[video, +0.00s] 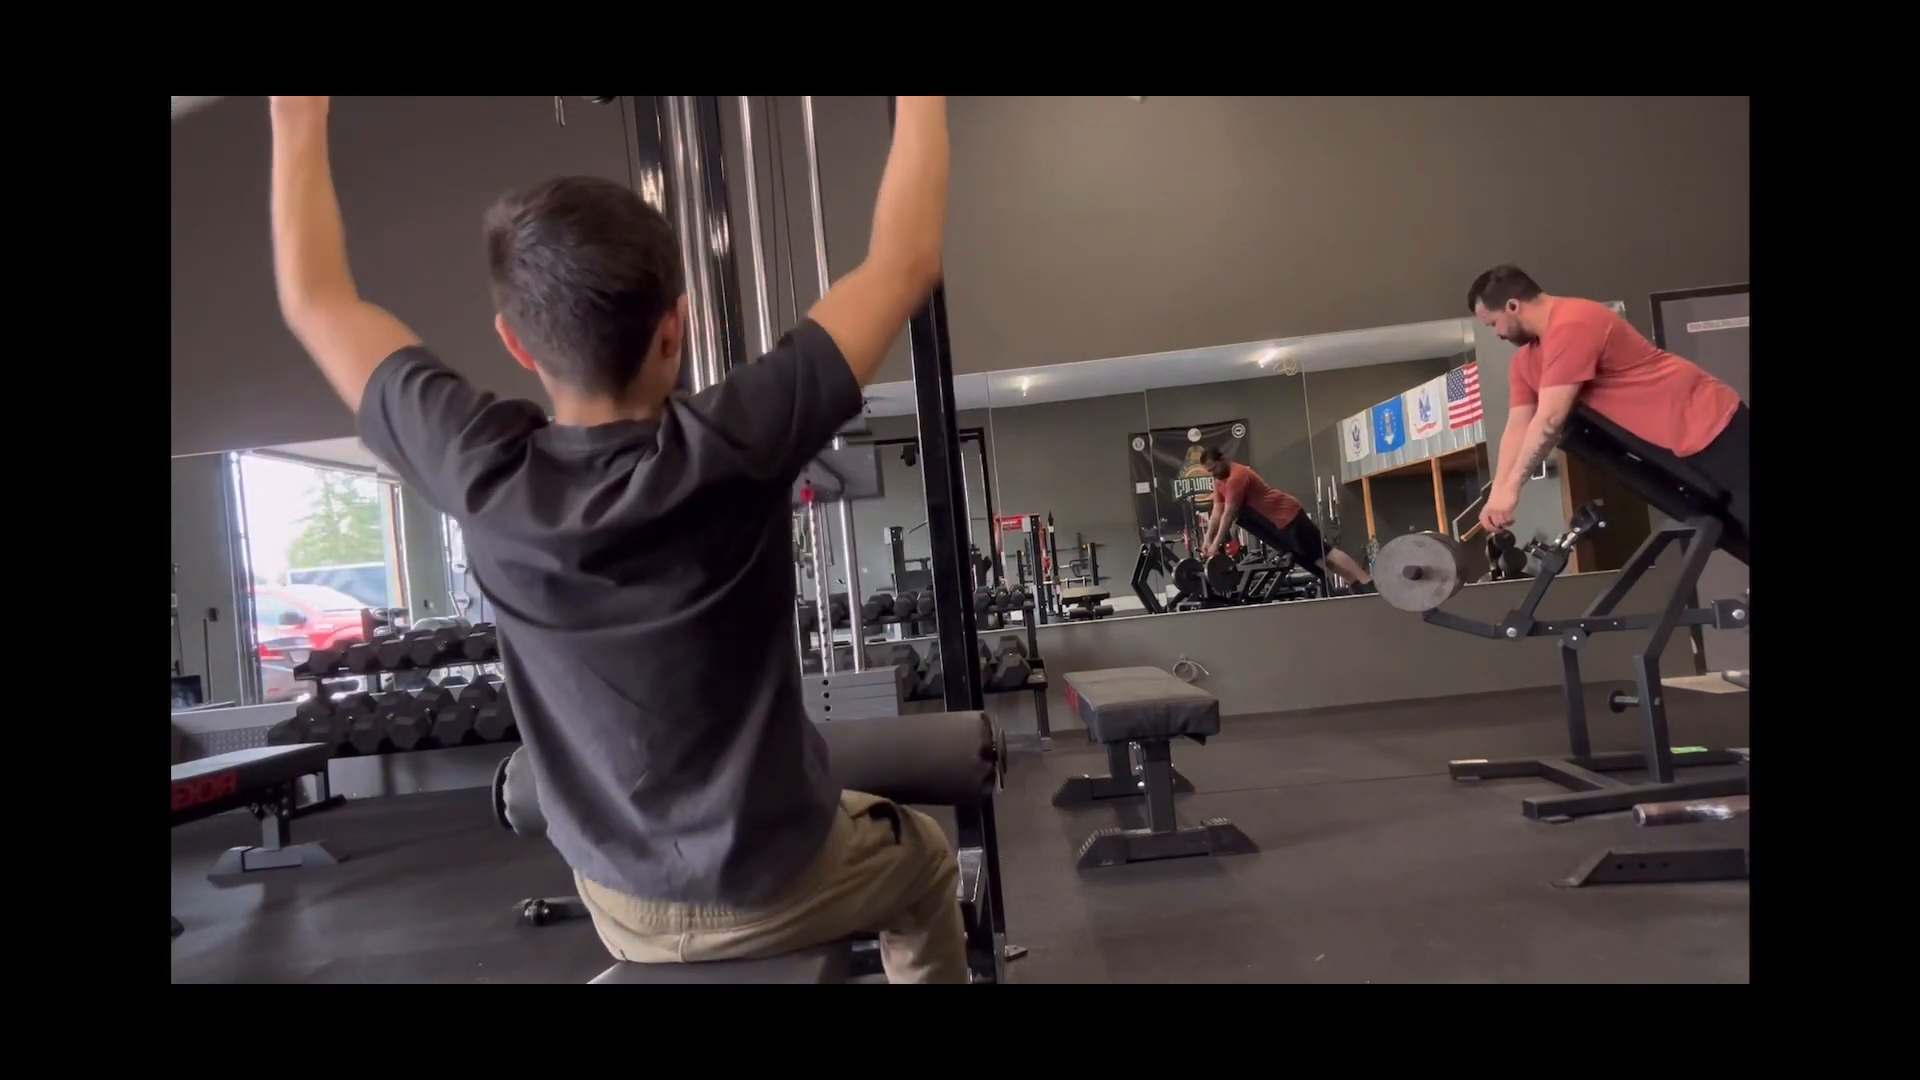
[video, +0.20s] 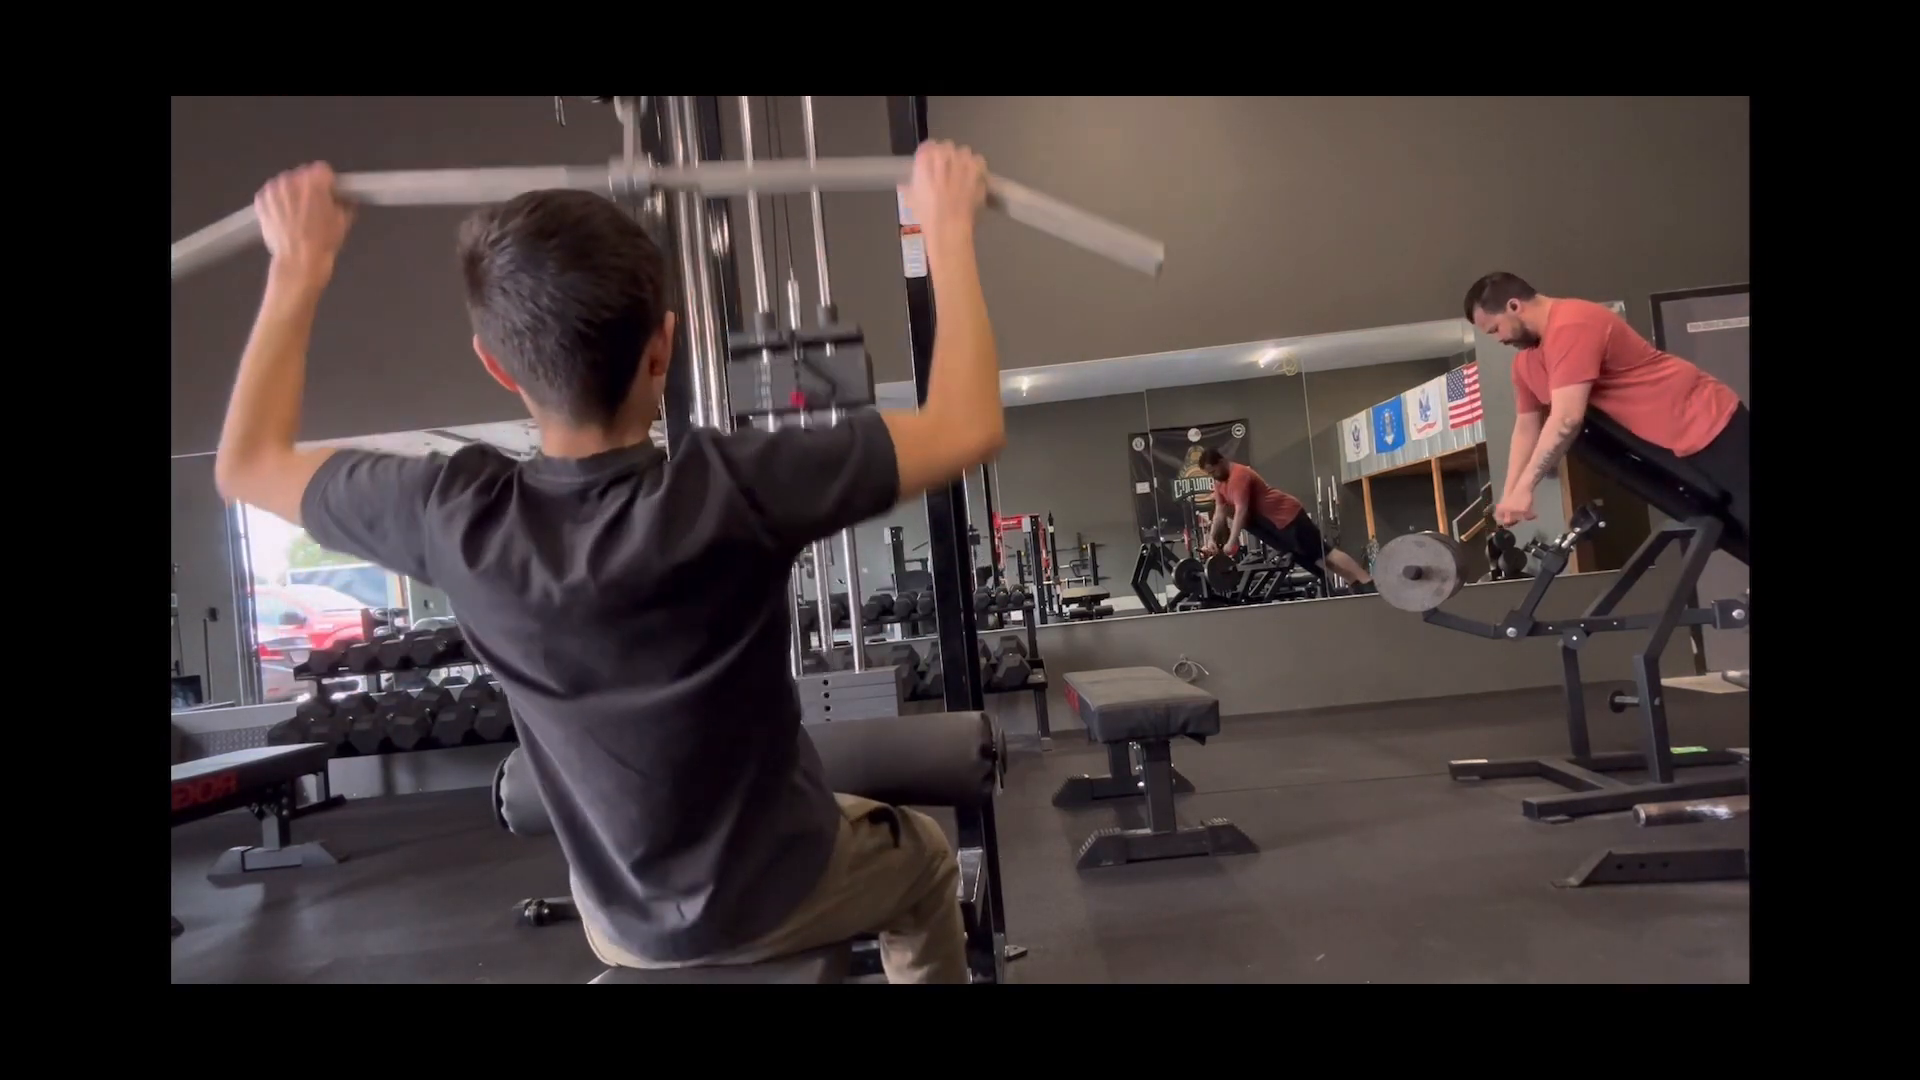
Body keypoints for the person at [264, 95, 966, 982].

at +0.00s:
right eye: (681, 302)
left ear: (513, 342)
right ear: (676, 326)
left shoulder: (485, 464)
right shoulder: (737, 442)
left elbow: (314, 298)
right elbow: (903, 267)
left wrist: (296, 116)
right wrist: (921, 91)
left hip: (617, 909)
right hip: (773, 898)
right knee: (922, 859)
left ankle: (634, 975)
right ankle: (926, 976)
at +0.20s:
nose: (670, 331)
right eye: (671, 316)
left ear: (493, 366)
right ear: (661, 344)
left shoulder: (459, 516)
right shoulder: (738, 482)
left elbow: (245, 463)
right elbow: (968, 426)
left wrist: (295, 269)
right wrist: (950, 234)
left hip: (615, 915)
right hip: (774, 889)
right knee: (921, 865)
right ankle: (930, 976)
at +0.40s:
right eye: (678, 315)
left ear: (504, 365)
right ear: (673, 342)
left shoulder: (465, 543)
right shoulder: (751, 502)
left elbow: (241, 652)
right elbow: (971, 604)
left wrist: (304, 445)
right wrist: (968, 412)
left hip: (618, 914)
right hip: (784, 898)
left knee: (602, 883)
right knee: (922, 860)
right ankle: (925, 981)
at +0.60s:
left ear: (516, 361)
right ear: (684, 338)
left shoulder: (486, 538)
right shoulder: (757, 506)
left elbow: (295, 732)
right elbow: (936, 682)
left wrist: (316, 519)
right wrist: (969, 486)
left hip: (613, 906)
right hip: (783, 893)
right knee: (923, 863)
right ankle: (926, 980)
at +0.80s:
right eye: (686, 315)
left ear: (514, 365)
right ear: (682, 340)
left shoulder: (475, 539)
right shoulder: (756, 503)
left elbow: (274, 680)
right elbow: (967, 620)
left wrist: (320, 477)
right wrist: (968, 430)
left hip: (615, 910)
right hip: (784, 897)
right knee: (924, 861)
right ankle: (928, 977)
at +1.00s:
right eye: (679, 321)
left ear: (504, 368)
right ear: (672, 346)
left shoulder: (467, 515)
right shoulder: (743, 485)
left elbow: (288, 525)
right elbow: (971, 466)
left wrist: (323, 338)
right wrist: (957, 281)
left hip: (612, 911)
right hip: (775, 895)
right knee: (926, 864)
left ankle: (615, 970)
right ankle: (932, 978)